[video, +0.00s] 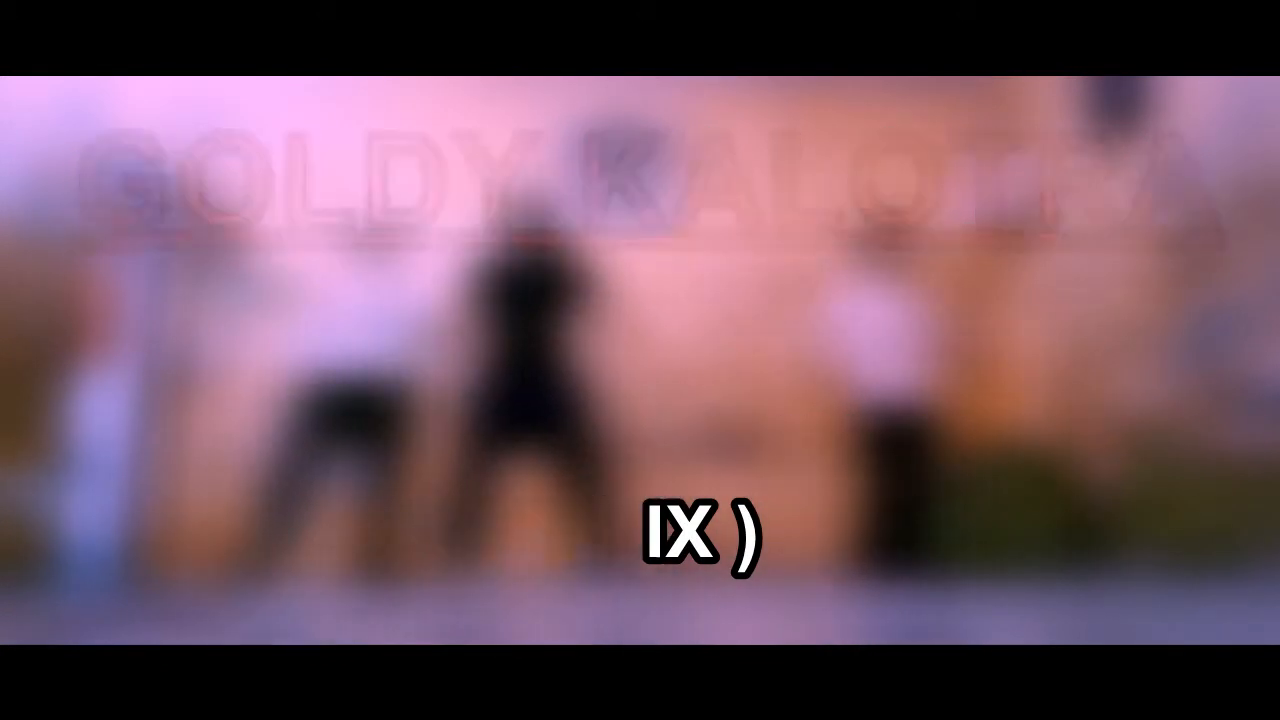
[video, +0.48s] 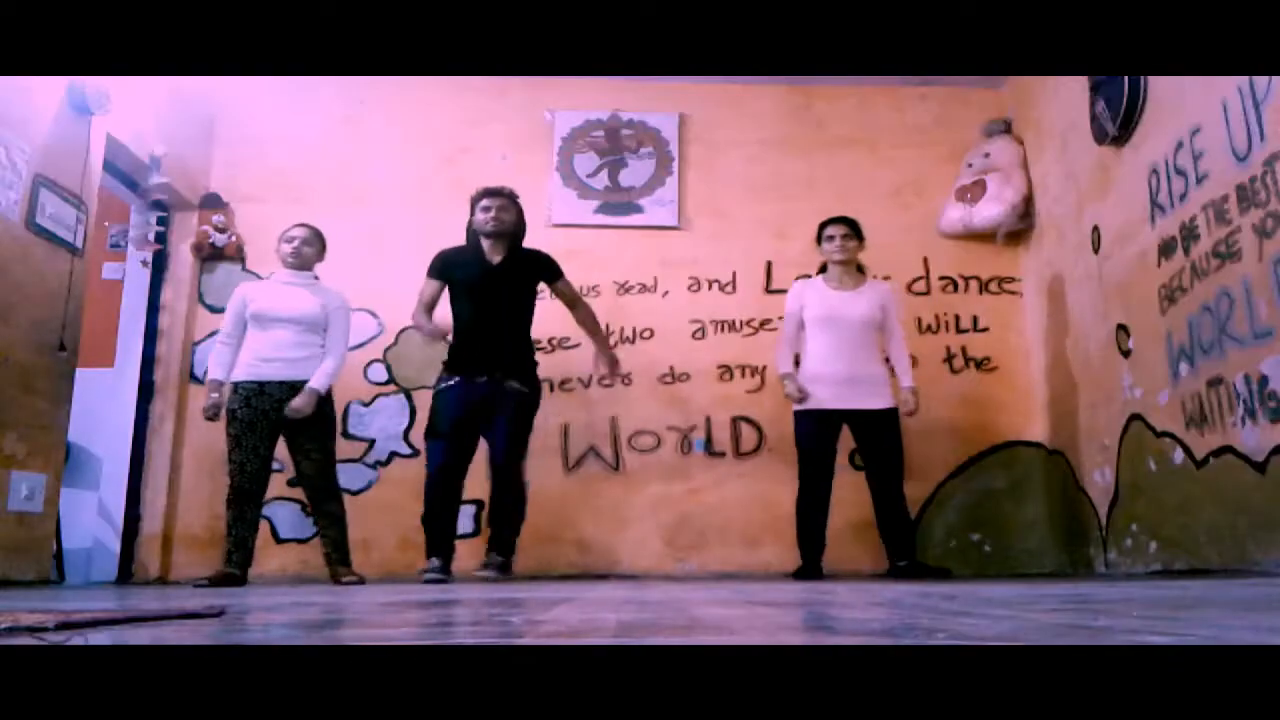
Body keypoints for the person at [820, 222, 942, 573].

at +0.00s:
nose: (887, 248)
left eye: (894, 237)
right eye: (879, 237)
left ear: (904, 243)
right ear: (863, 242)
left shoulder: (912, 289)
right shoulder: (848, 290)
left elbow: (933, 343)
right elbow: (831, 346)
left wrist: (928, 383)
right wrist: (854, 383)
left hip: (913, 398)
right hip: (871, 399)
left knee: (916, 485)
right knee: (880, 487)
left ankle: (913, 552)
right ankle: (879, 554)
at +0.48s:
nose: (839, 244)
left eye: (847, 238)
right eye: (830, 239)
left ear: (860, 246)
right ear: (820, 249)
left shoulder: (880, 292)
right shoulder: (802, 291)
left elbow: (895, 340)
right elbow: (787, 339)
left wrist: (907, 385)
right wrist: (787, 376)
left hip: (873, 401)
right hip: (817, 403)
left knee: (888, 485)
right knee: (813, 486)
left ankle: (903, 561)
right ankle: (810, 563)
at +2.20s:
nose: (899, 256)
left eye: (905, 251)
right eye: (890, 251)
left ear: (911, 258)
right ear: (873, 258)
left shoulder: (895, 301)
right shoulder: (866, 289)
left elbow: (944, 338)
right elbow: (834, 334)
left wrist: (951, 303)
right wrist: (872, 330)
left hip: (895, 402)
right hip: (899, 400)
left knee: (915, 484)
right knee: (981, 448)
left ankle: (898, 559)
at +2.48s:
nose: (894, 256)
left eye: (900, 251)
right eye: (885, 249)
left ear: (905, 258)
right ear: (868, 255)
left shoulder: (890, 301)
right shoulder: (859, 289)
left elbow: (938, 333)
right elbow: (832, 335)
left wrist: (949, 300)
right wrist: (876, 339)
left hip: (888, 398)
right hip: (890, 396)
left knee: (910, 477)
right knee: (984, 440)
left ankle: (896, 559)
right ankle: (977, 527)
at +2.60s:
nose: (891, 254)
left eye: (897, 249)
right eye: (882, 248)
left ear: (903, 256)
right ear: (865, 255)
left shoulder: (893, 307)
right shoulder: (855, 288)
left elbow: (942, 331)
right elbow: (813, 331)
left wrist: (949, 297)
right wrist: (832, 348)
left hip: (888, 398)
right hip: (888, 395)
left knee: (906, 480)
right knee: (984, 428)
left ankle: (896, 559)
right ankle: (952, 495)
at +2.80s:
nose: (883, 253)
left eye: (889, 247)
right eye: (874, 247)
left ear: (897, 255)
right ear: (859, 254)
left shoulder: (897, 308)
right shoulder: (846, 287)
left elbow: (939, 336)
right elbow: (803, 326)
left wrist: (950, 302)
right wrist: (760, 359)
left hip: (888, 395)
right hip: (877, 393)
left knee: (903, 479)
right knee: (957, 456)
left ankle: (895, 560)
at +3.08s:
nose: (854, 253)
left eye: (862, 247)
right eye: (847, 248)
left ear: (874, 254)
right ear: (835, 256)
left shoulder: (889, 292)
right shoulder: (823, 294)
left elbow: (920, 301)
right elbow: (778, 326)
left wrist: (903, 266)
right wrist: (736, 312)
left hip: (883, 398)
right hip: (836, 397)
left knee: (909, 475)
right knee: (851, 478)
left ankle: (900, 558)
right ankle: (854, 561)